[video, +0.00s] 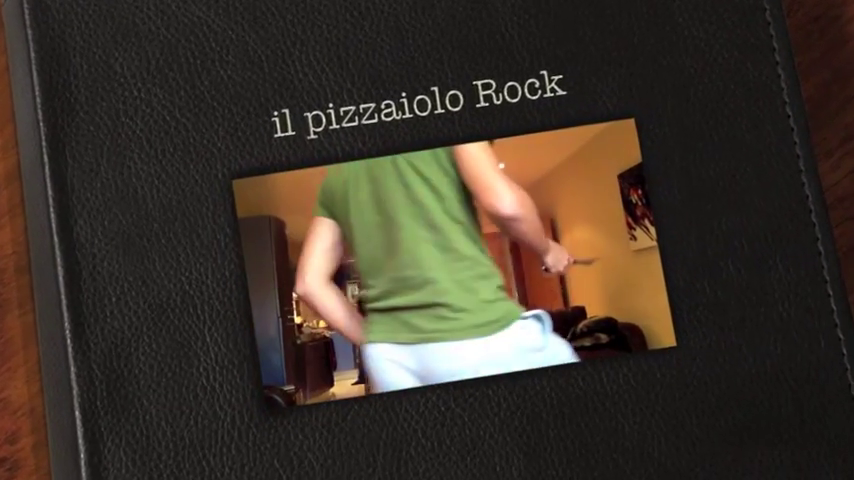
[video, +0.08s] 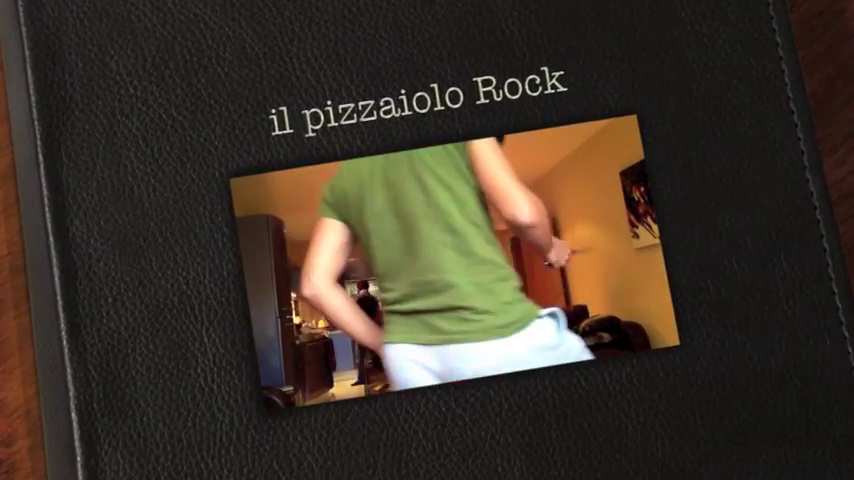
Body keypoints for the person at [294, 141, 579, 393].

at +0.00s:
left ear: (357, 108)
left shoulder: (339, 172)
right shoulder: (446, 129)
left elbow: (311, 283)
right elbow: (504, 205)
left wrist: (372, 339)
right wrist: (547, 249)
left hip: (389, 354)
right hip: (482, 337)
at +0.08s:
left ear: (362, 113)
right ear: (418, 98)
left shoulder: (346, 176)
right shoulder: (460, 130)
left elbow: (316, 284)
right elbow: (522, 213)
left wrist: (384, 343)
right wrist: (549, 246)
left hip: (408, 355)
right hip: (503, 337)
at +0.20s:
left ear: (381, 119)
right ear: (439, 99)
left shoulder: (368, 183)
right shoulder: (488, 132)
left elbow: (343, 290)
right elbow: (553, 218)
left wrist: (404, 342)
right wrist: (553, 246)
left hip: (450, 351)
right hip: (546, 332)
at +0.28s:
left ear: (395, 122)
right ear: (453, 97)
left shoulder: (383, 185)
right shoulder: (504, 135)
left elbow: (364, 290)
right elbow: (572, 216)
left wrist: (419, 337)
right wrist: (557, 253)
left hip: (473, 349)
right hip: (567, 330)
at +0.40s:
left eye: (416, 178)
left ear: (420, 168)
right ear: (459, 145)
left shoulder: (426, 193)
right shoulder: (539, 153)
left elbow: (420, 290)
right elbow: (607, 220)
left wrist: (460, 332)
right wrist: (580, 269)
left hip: (524, 342)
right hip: (610, 326)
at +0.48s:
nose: (438, 199)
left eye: (435, 194)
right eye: (436, 194)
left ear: (436, 184)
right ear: (472, 163)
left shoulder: (451, 202)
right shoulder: (550, 169)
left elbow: (456, 294)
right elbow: (625, 227)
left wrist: (490, 333)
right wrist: (605, 280)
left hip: (557, 340)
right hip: (636, 323)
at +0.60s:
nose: (470, 239)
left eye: (464, 233)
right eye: (466, 235)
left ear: (464, 221)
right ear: (495, 196)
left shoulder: (486, 225)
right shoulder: (566, 202)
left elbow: (524, 307)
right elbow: (645, 252)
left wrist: (545, 360)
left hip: (609, 347)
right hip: (681, 327)